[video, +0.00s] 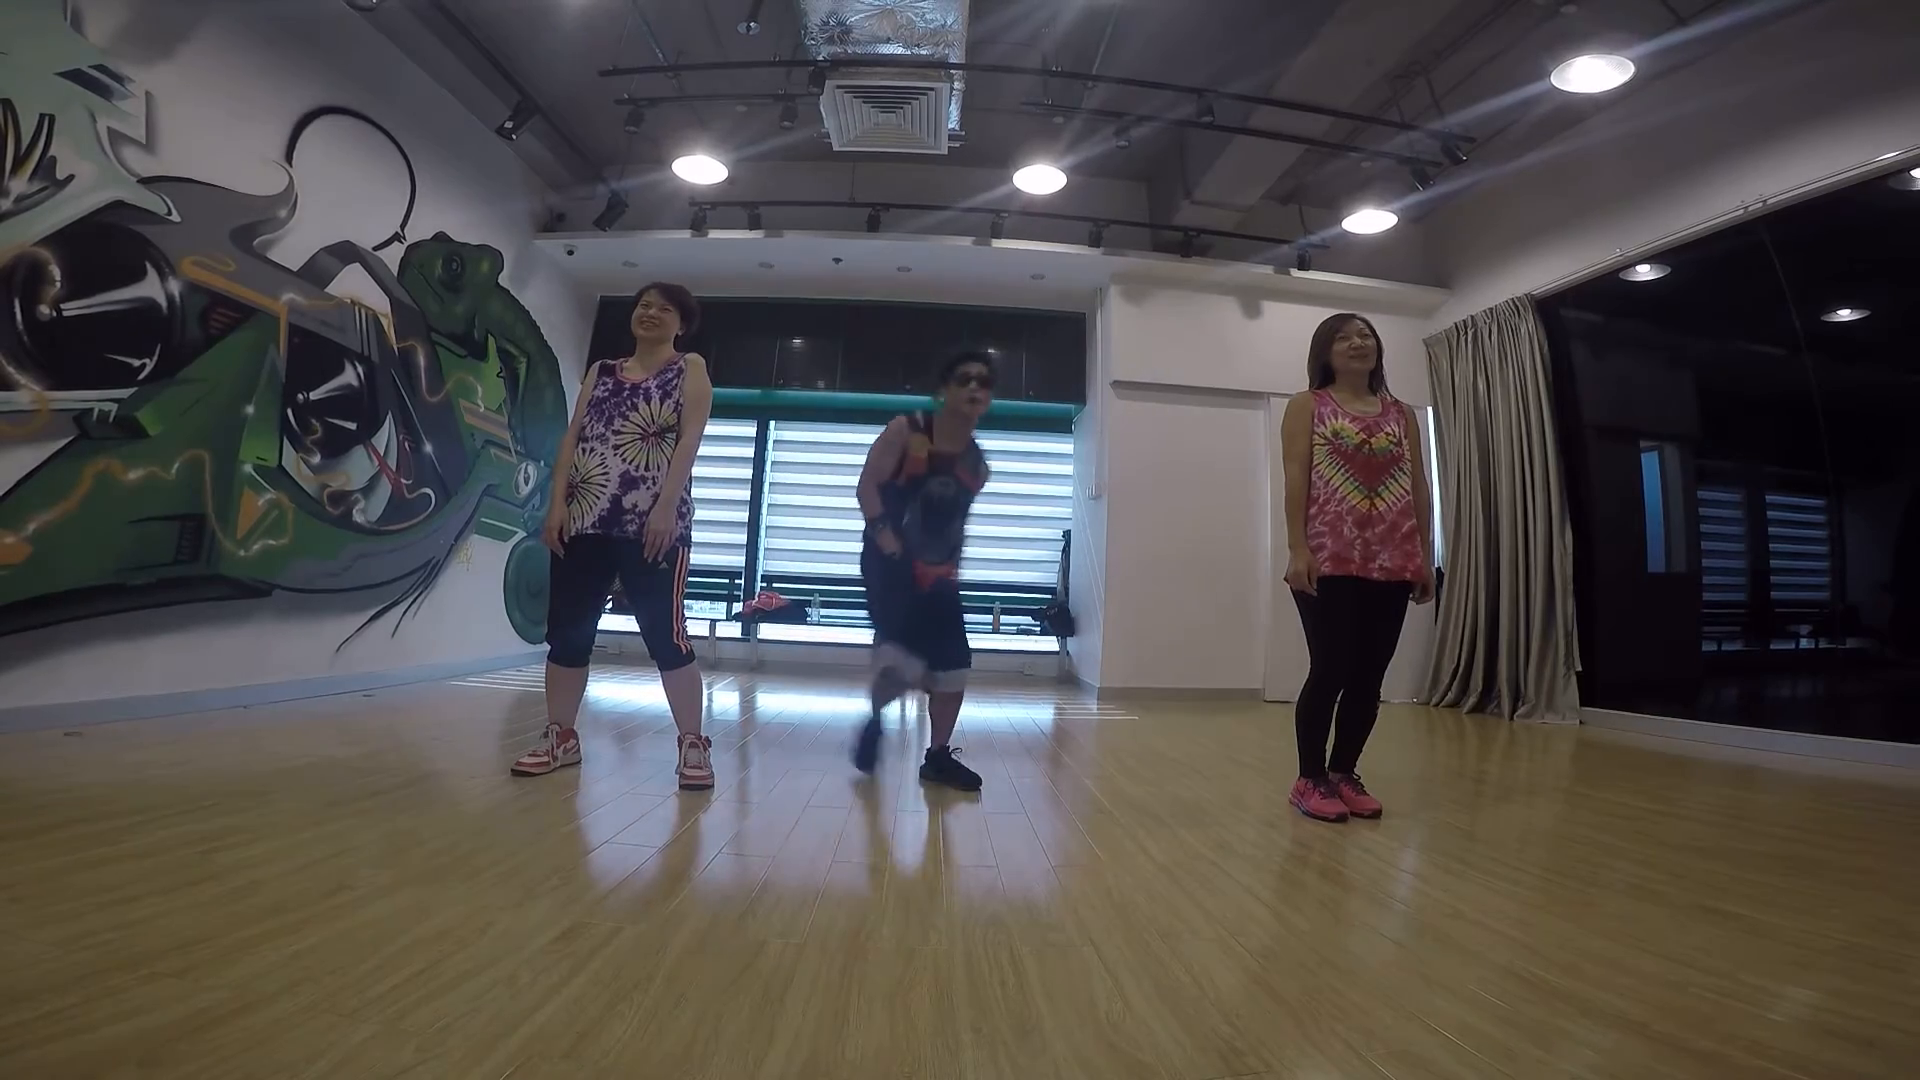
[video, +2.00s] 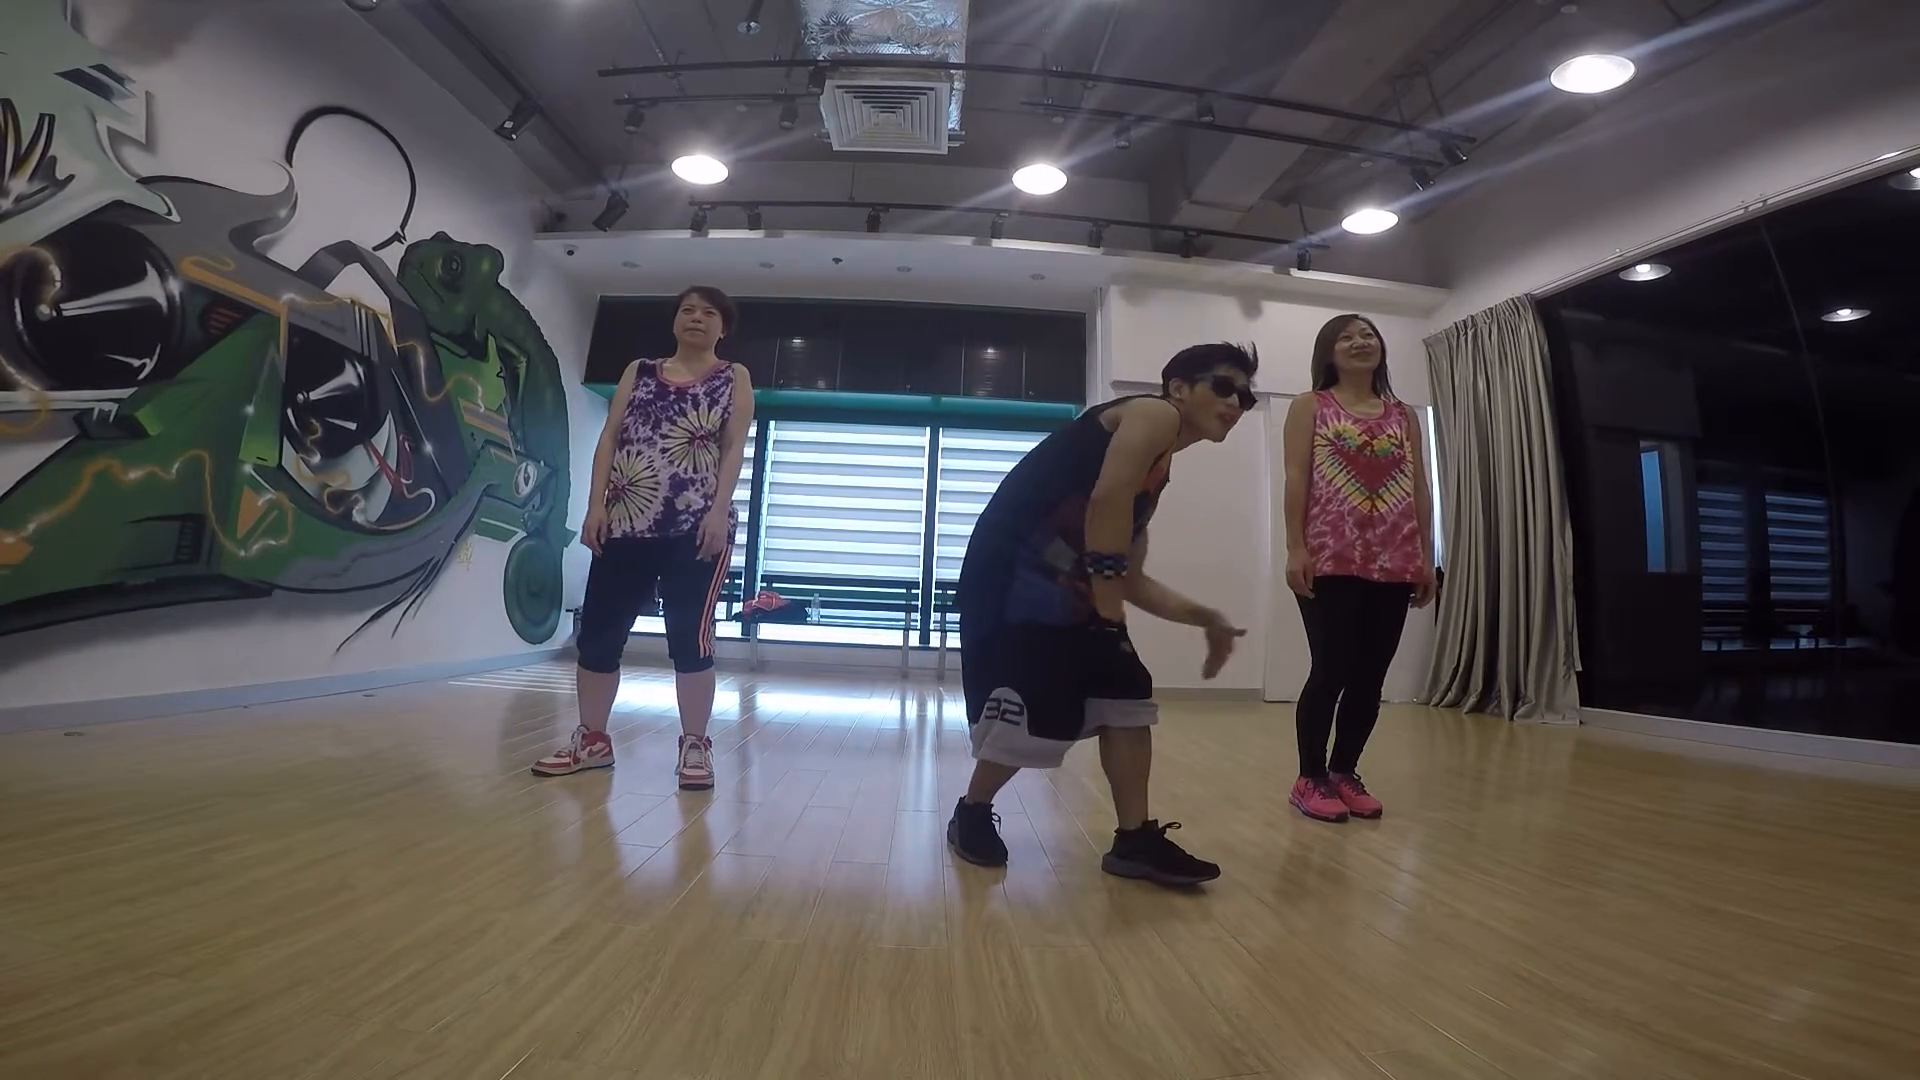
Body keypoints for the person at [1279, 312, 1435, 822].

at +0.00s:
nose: (1356, 343)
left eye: (1364, 335)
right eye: (1342, 337)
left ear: (1378, 349)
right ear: (1324, 354)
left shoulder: (1401, 413)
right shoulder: (1307, 407)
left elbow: (1418, 490)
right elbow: (1296, 479)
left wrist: (1423, 557)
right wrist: (1298, 548)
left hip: (1392, 565)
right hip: (1329, 563)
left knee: (1367, 680)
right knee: (1328, 672)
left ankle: (1343, 775)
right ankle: (1310, 780)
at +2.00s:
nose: (1359, 341)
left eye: (1368, 335)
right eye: (1345, 337)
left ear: (1381, 350)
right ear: (1328, 355)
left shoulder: (1402, 414)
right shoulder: (1310, 407)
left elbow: (1420, 491)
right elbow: (1296, 479)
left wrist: (1425, 560)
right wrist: (1297, 547)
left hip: (1393, 567)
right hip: (1330, 564)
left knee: (1368, 681)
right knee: (1329, 673)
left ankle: (1344, 774)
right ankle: (1310, 779)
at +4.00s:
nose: (1384, 354)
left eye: (1392, 346)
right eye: (1370, 350)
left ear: (1408, 360)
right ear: (1356, 368)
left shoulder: (1435, 424)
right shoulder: (1341, 417)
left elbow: (1452, 495)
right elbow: (1328, 486)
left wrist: (1458, 561)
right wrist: (1330, 554)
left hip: (1425, 570)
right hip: (1362, 568)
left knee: (1406, 679)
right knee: (1360, 672)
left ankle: (1381, 772)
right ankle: (1313, 780)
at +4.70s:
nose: (1392, 351)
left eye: (1399, 345)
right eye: (1380, 346)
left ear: (1412, 360)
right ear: (1361, 361)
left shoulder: (1432, 423)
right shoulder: (1338, 414)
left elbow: (1445, 492)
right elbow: (1324, 485)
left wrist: (1449, 560)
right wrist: (1320, 551)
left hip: (1415, 565)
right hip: (1350, 561)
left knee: (1399, 674)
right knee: (1342, 670)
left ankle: (1380, 771)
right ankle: (1315, 776)